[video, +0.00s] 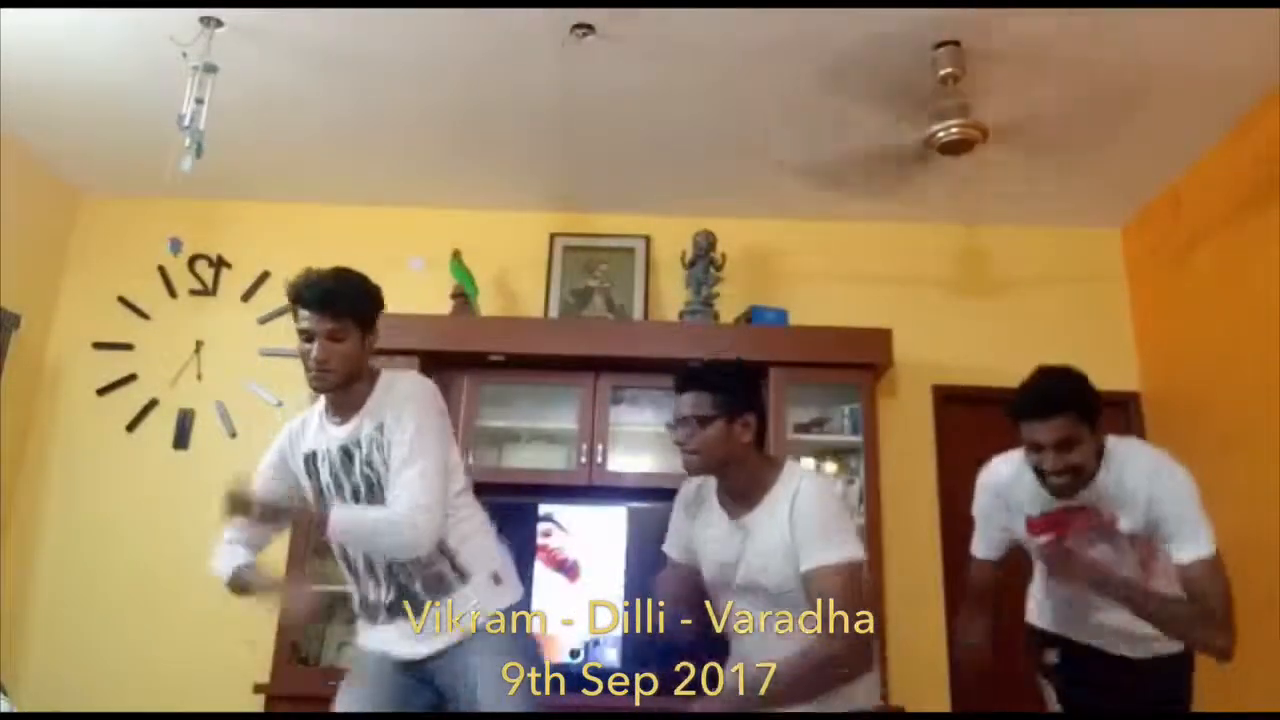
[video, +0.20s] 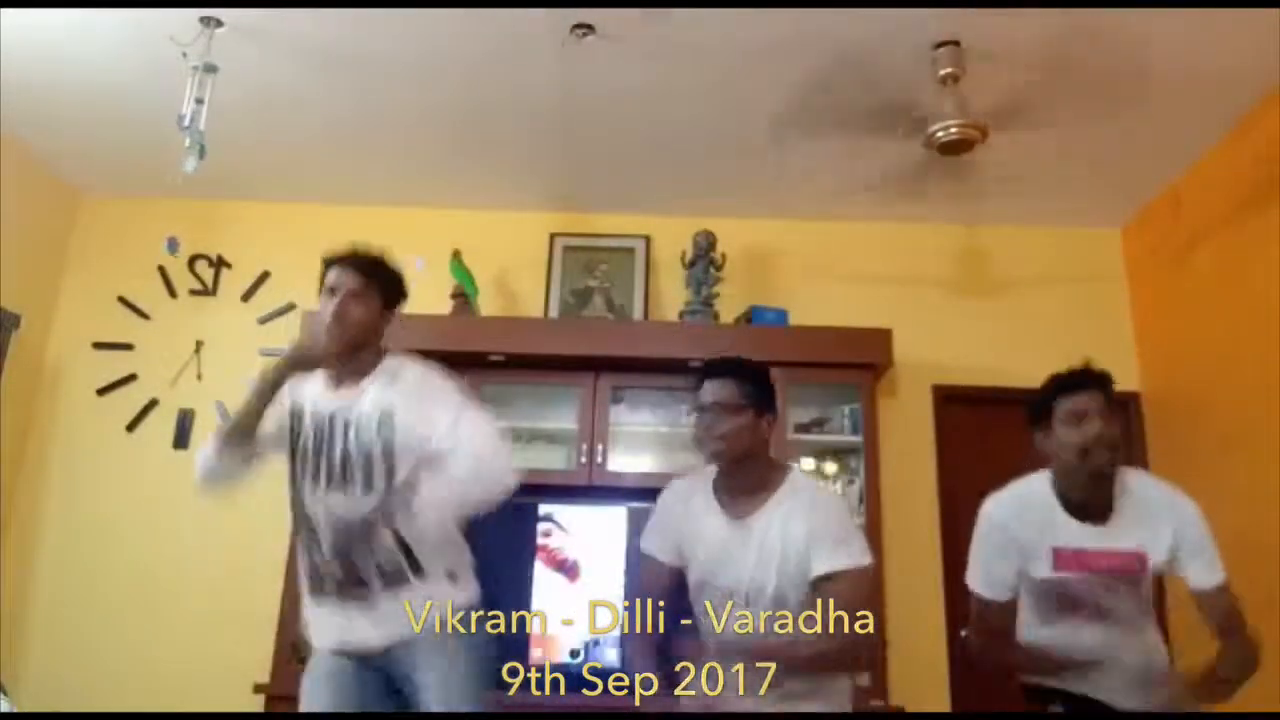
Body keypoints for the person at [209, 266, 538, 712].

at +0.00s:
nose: (317, 354)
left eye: (335, 339)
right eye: (307, 339)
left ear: (370, 339)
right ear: (297, 340)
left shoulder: (413, 399)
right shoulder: (297, 438)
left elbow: (417, 530)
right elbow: (244, 534)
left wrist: (317, 520)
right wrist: (238, 566)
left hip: (473, 617)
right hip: (387, 635)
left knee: (502, 704)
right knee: (353, 705)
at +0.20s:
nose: (334, 307)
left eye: (352, 296)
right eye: (329, 292)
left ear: (385, 315)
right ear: (317, 302)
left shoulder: (419, 387)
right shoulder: (297, 393)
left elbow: (491, 465)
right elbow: (216, 470)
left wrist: (403, 518)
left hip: (431, 624)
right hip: (337, 633)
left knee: (453, 703)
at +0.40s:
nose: (346, 240)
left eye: (364, 228)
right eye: (341, 229)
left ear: (404, 242)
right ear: (334, 237)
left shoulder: (433, 330)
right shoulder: (307, 301)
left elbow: (534, 362)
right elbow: (237, 352)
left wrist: (477, 295)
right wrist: (366, 355)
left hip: (388, 541)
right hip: (304, 536)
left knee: (348, 701)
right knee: (268, 701)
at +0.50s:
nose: (346, 247)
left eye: (364, 235)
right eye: (343, 237)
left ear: (407, 254)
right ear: (336, 246)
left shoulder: (436, 339)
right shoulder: (309, 313)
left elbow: (548, 344)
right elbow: (257, 334)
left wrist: (492, 256)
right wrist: (379, 288)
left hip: (361, 560)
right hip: (275, 544)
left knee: (314, 702)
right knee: (204, 699)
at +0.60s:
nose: (342, 286)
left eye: (362, 277)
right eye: (338, 274)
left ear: (398, 298)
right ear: (327, 292)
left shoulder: (434, 392)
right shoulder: (304, 359)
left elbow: (558, 371)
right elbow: (266, 323)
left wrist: (479, 333)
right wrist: (360, 251)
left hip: (326, 618)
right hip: (228, 593)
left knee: (301, 705)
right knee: (148, 704)